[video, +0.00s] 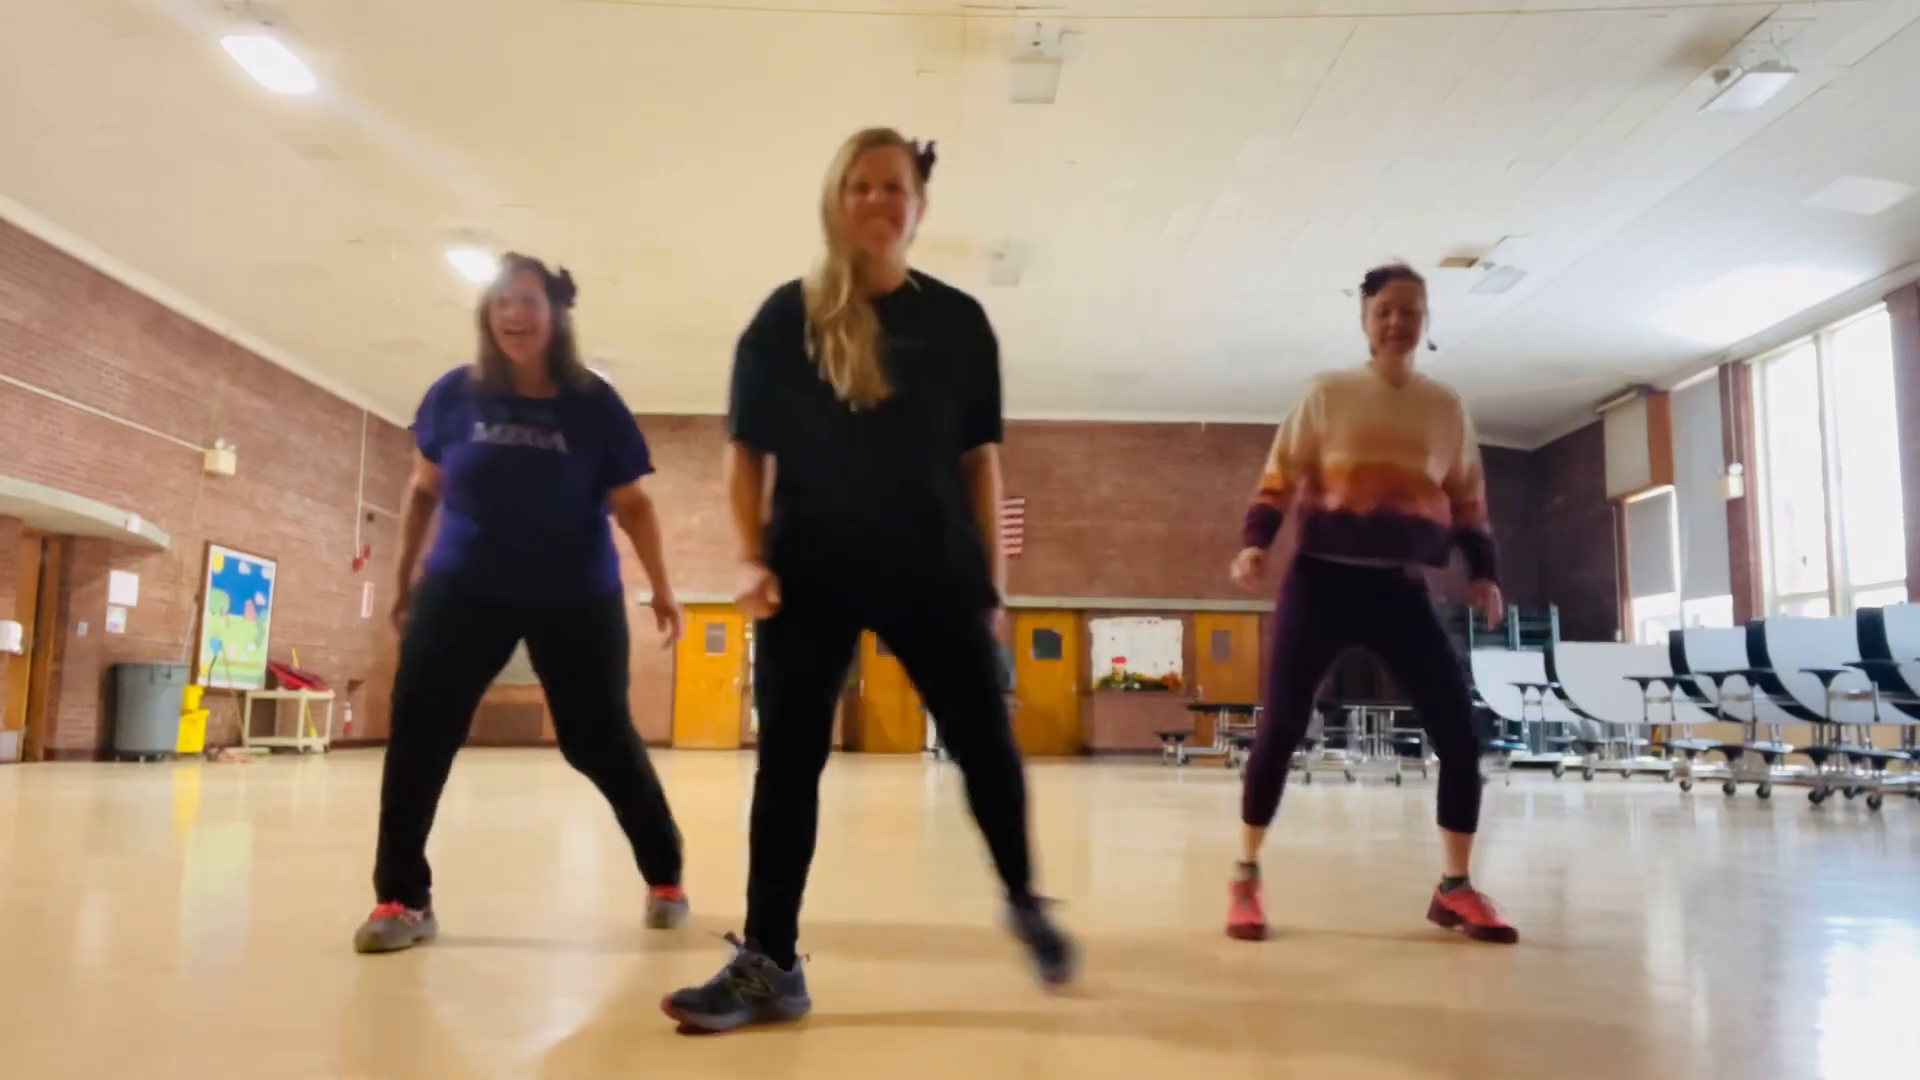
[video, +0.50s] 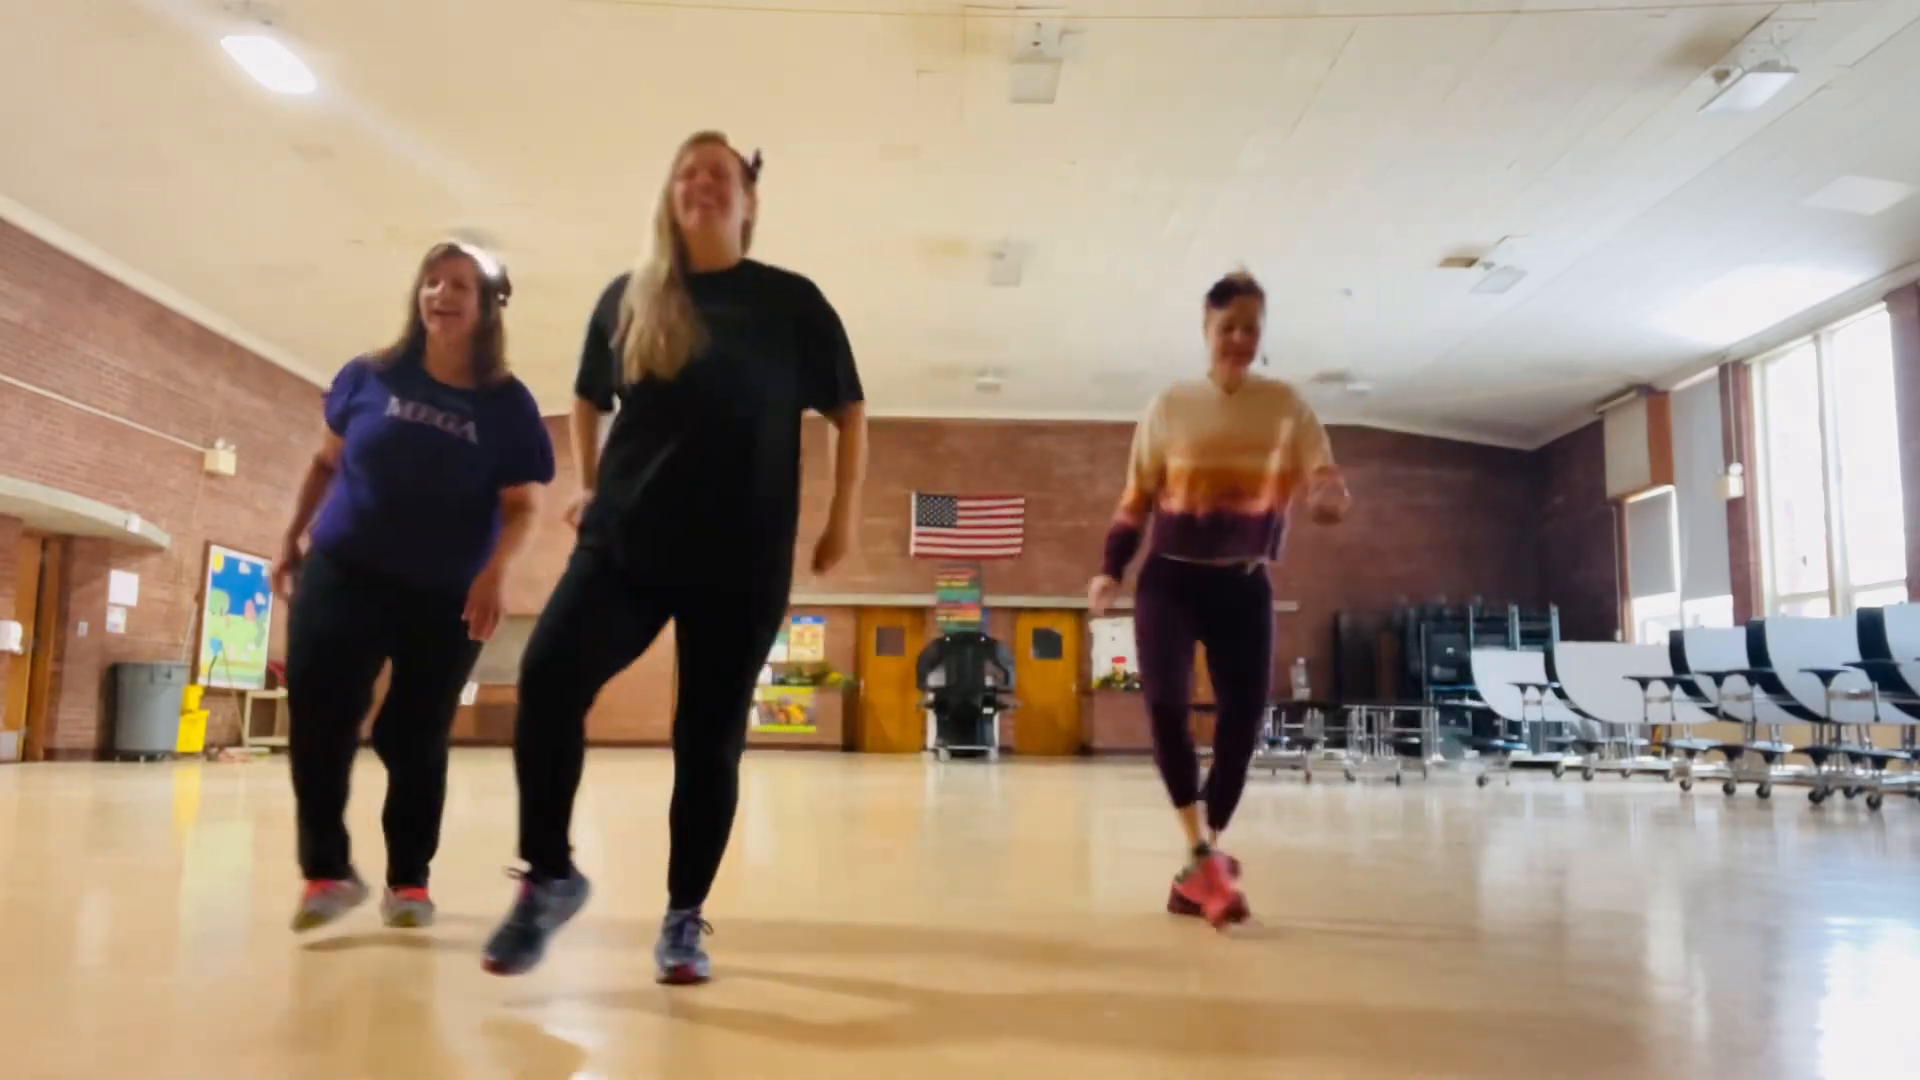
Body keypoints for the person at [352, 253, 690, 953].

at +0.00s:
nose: (514, 315)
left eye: (529, 303)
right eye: (502, 304)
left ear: (556, 314)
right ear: (486, 316)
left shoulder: (593, 403)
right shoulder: (456, 395)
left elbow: (632, 505)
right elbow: (423, 493)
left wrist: (661, 589)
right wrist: (404, 579)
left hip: (574, 596)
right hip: (467, 589)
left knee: (597, 739)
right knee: (418, 734)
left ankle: (665, 879)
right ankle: (402, 898)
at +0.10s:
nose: (479, 302)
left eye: (493, 290)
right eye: (466, 290)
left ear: (520, 303)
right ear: (449, 304)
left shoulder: (559, 390)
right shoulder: (420, 392)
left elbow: (597, 492)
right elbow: (390, 491)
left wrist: (618, 575)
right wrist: (366, 578)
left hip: (545, 592)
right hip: (438, 589)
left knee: (551, 737)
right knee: (405, 742)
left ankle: (578, 849)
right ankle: (402, 900)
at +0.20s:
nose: (454, 297)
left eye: (469, 285)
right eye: (441, 286)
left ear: (498, 297)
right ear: (427, 300)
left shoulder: (538, 386)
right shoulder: (397, 391)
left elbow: (574, 487)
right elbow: (372, 492)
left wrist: (568, 573)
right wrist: (348, 580)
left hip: (511, 595)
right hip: (412, 591)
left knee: (490, 740)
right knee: (395, 747)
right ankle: (399, 898)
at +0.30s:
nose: (444, 303)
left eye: (460, 291)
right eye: (433, 291)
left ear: (490, 303)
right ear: (418, 304)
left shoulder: (526, 394)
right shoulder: (387, 394)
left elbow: (556, 495)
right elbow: (359, 496)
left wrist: (529, 564)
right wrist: (341, 586)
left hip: (482, 601)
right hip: (387, 589)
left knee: (443, 744)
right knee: (381, 743)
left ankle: (413, 881)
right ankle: (391, 900)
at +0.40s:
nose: (447, 303)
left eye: (464, 293)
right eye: (437, 291)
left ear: (494, 309)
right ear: (421, 304)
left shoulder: (520, 405)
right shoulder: (381, 391)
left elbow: (538, 509)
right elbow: (351, 488)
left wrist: (504, 576)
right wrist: (335, 562)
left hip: (457, 599)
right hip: (363, 583)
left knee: (427, 739)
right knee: (359, 734)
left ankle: (409, 883)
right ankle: (374, 890)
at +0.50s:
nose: (441, 293)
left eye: (459, 286)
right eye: (433, 281)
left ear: (489, 306)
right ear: (417, 295)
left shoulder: (507, 403)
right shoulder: (368, 375)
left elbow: (521, 505)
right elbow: (326, 462)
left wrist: (493, 574)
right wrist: (293, 540)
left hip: (443, 594)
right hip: (345, 574)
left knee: (414, 737)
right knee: (316, 718)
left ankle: (408, 880)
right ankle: (328, 875)